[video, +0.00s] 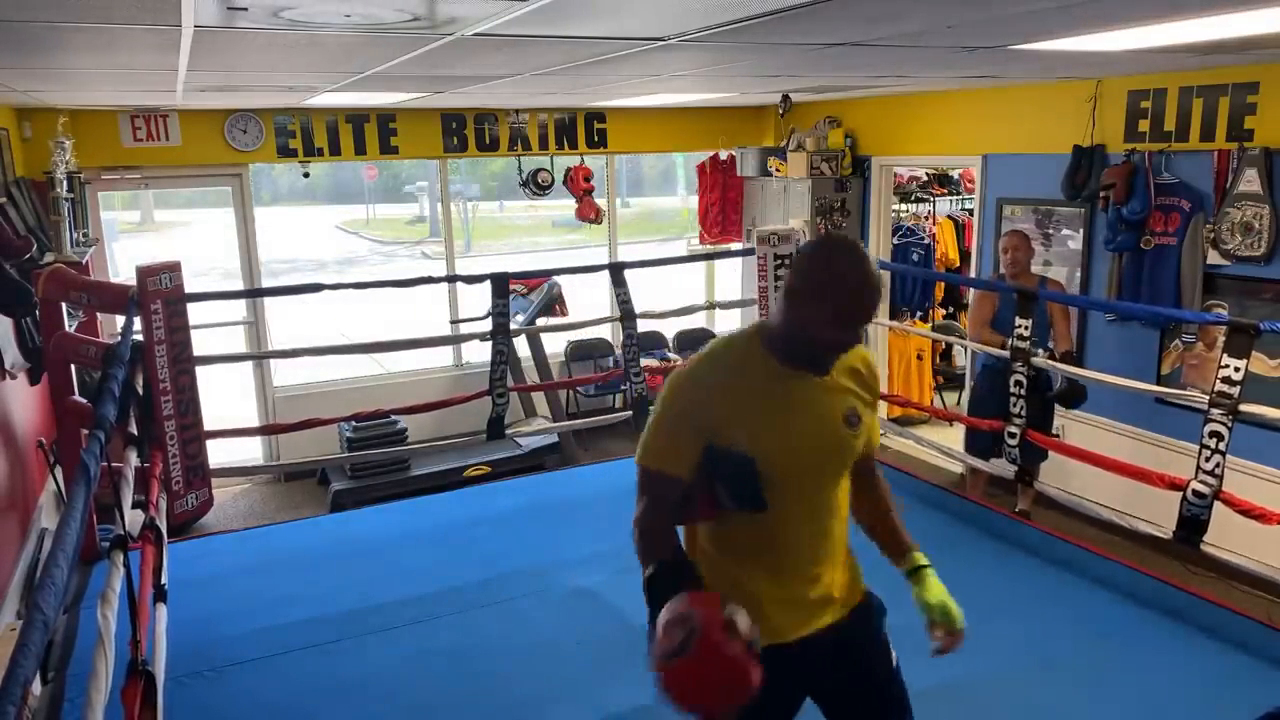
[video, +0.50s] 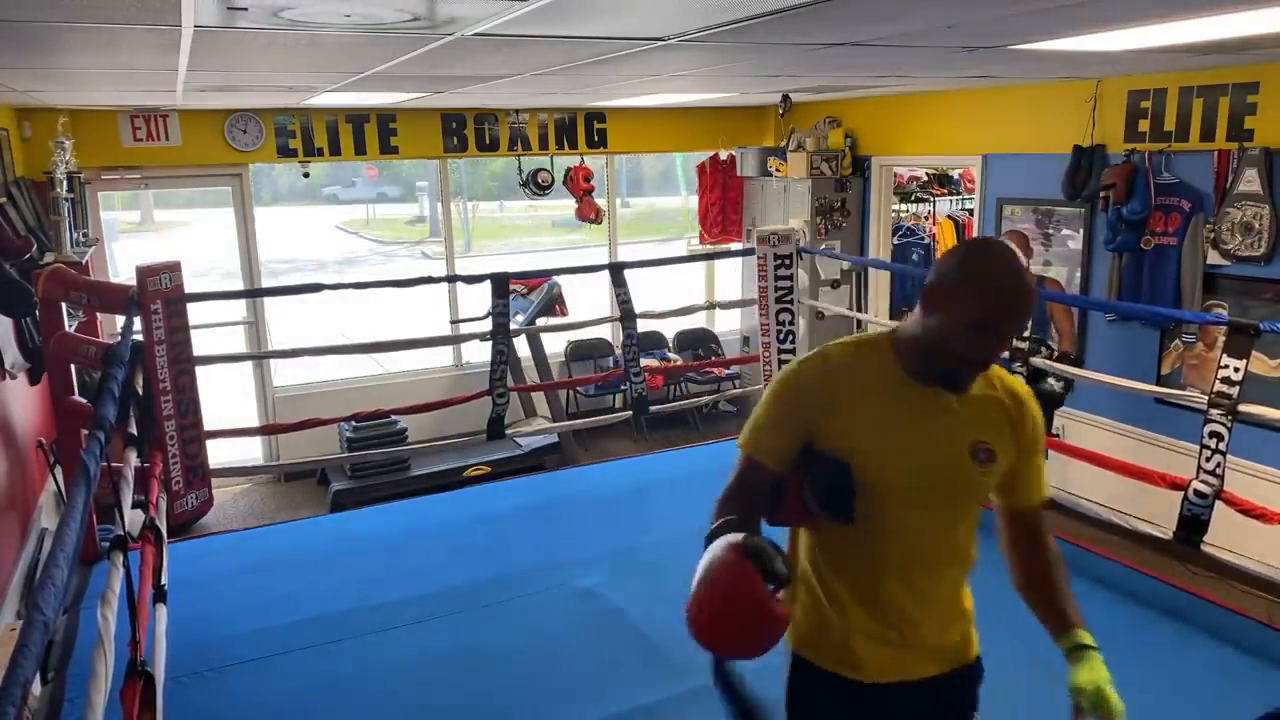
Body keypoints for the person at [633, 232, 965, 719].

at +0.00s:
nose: (851, 343)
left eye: (860, 328)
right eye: (842, 325)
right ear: (797, 300)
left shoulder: (856, 372)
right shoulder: (699, 387)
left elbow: (864, 480)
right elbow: (652, 519)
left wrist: (919, 573)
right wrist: (684, 621)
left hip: (843, 624)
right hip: (743, 647)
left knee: (889, 711)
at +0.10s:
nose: (886, 349)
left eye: (894, 332)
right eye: (876, 330)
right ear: (833, 309)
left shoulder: (882, 378)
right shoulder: (724, 387)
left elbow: (880, 483)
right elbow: (669, 511)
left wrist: (945, 576)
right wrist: (671, 619)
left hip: (859, 639)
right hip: (753, 653)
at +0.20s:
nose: (908, 351)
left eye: (916, 335)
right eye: (901, 332)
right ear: (858, 311)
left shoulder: (906, 386)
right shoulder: (742, 389)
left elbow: (901, 489)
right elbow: (684, 506)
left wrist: (967, 586)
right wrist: (675, 613)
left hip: (878, 651)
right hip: (774, 663)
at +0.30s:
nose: (940, 351)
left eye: (951, 337)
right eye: (931, 332)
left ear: (959, 326)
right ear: (886, 305)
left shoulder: (947, 390)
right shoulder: (773, 384)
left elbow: (943, 502)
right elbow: (710, 505)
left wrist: (1002, 606)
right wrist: (692, 598)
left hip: (902, 656)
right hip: (794, 664)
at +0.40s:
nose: (974, 354)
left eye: (986, 339)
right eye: (965, 334)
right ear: (915, 302)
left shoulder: (983, 402)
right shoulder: (796, 383)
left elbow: (993, 525)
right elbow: (725, 505)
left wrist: (1040, 629)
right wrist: (716, 579)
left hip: (927, 669)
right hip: (819, 671)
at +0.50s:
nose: (996, 354)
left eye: (1011, 339)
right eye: (984, 331)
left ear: (1021, 331)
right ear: (932, 300)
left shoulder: (1008, 408)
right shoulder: (816, 382)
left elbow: (1028, 539)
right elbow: (743, 498)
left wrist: (1079, 651)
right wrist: (728, 559)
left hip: (943, 674)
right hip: (832, 675)